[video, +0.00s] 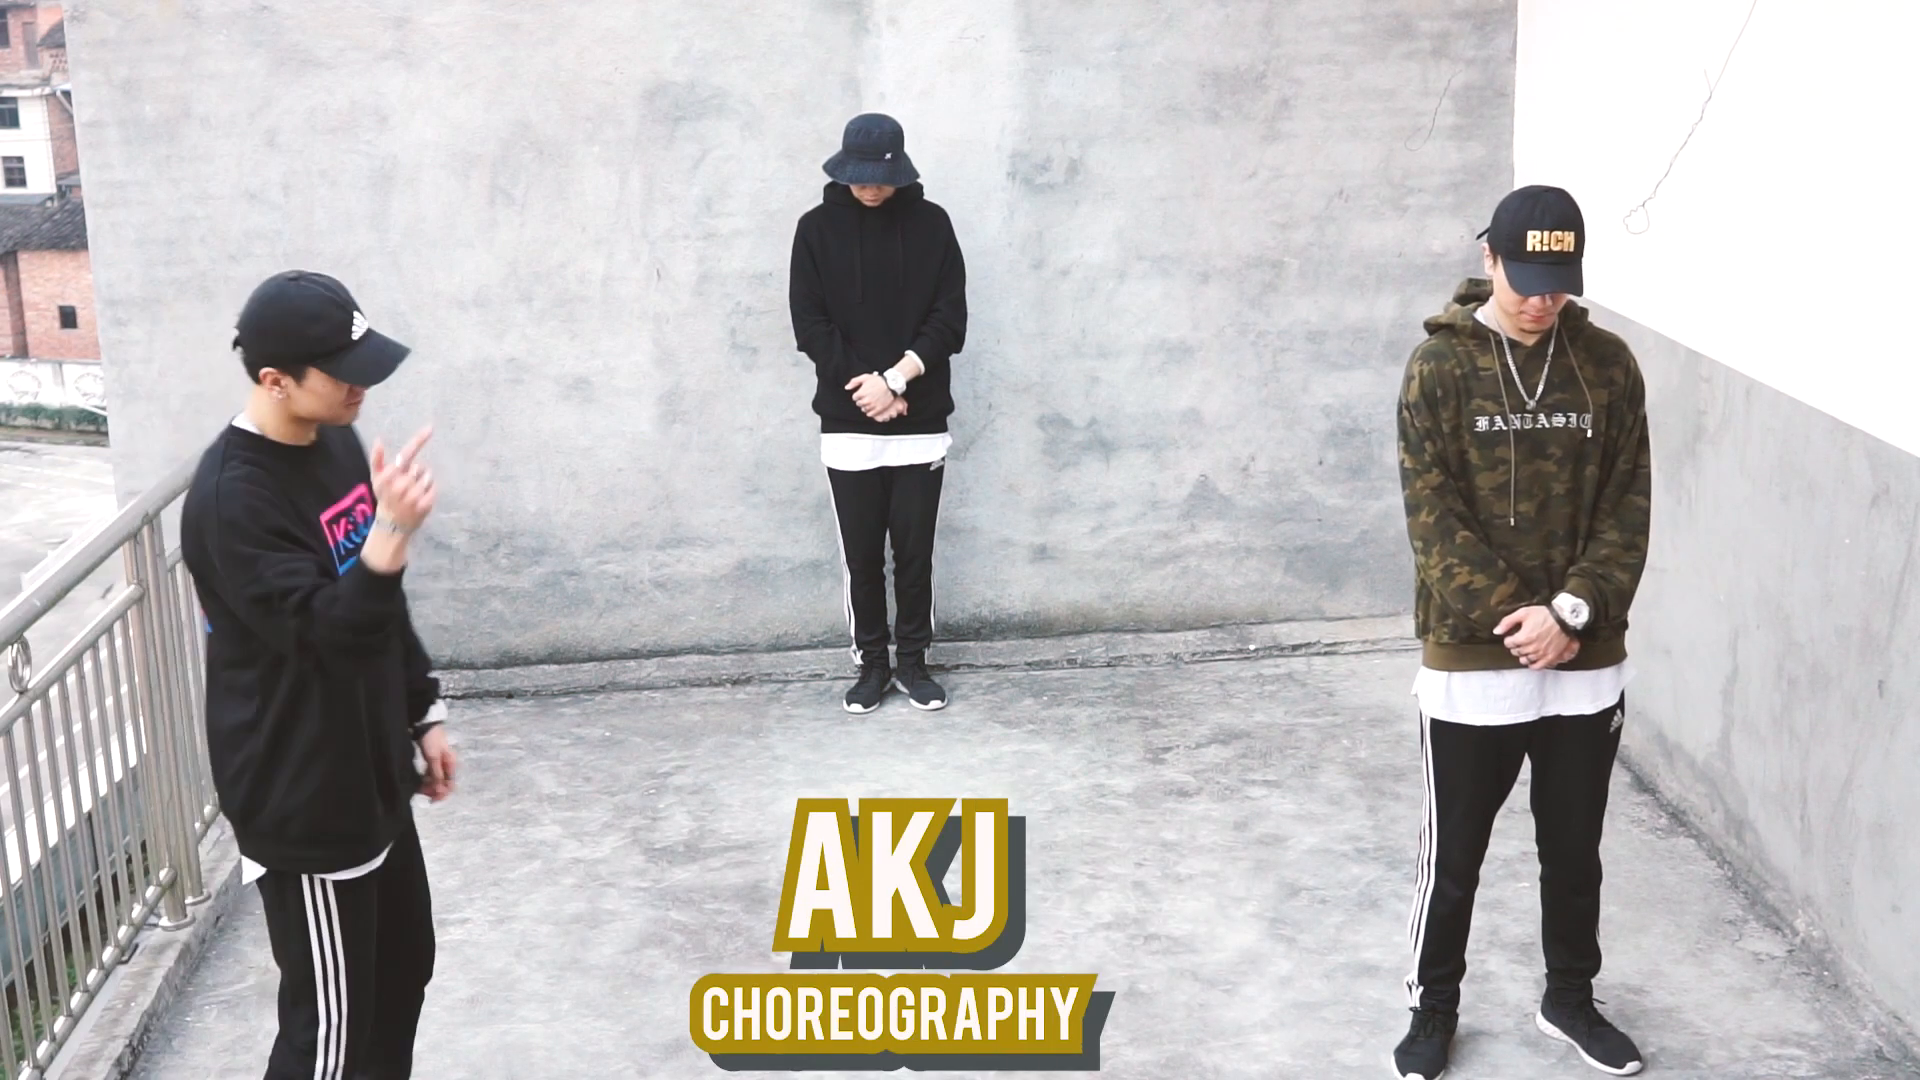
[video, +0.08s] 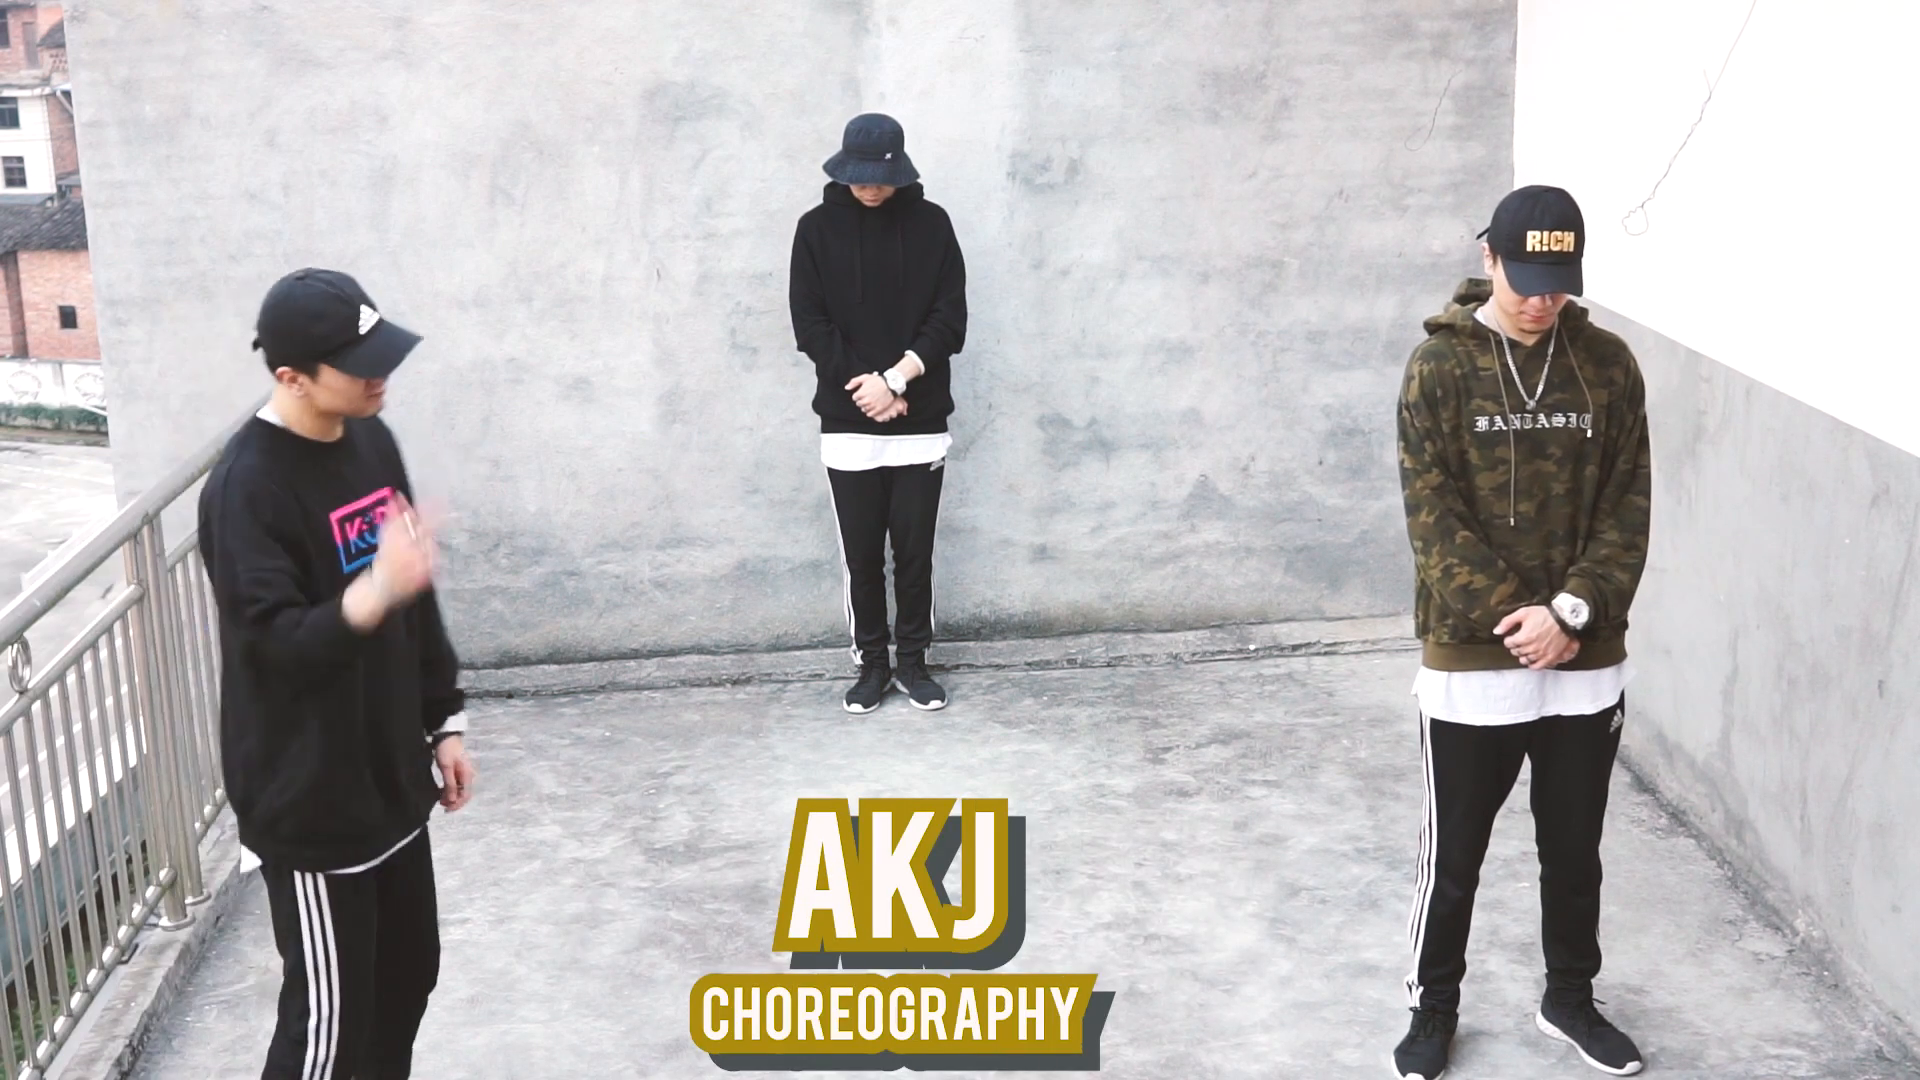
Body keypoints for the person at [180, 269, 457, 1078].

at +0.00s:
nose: (361, 388)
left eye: (360, 370)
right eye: (343, 375)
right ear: (275, 379)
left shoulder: (335, 443)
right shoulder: (230, 499)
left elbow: (381, 602)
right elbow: (320, 630)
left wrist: (424, 712)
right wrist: (388, 536)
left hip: (373, 770)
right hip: (303, 796)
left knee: (403, 970)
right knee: (336, 1024)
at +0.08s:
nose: (382, 379)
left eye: (381, 361)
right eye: (362, 367)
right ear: (294, 376)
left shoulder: (371, 440)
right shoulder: (245, 484)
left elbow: (411, 588)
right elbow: (276, 645)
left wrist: (444, 725)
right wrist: (375, 591)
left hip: (391, 771)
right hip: (308, 793)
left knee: (408, 976)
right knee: (329, 1016)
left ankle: (376, 1077)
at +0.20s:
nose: (404, 356)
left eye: (404, 338)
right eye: (382, 346)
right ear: (315, 355)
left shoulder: (417, 434)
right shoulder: (259, 462)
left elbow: (454, 580)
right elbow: (228, 636)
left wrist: (474, 719)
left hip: (409, 765)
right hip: (306, 785)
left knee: (420, 963)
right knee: (316, 1007)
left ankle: (384, 1074)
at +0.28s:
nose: (402, 364)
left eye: (409, 344)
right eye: (379, 350)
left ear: (421, 337)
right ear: (319, 349)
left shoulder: (440, 441)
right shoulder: (268, 459)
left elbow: (480, 588)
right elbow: (243, 627)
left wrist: (497, 725)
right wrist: (252, 790)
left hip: (415, 773)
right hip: (304, 789)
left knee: (423, 970)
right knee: (306, 1010)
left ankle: (385, 1078)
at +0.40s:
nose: (383, 376)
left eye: (397, 357)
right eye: (362, 361)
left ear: (416, 346)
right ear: (322, 349)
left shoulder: (454, 445)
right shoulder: (263, 457)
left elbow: (501, 591)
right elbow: (216, 605)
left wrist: (529, 729)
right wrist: (212, 745)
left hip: (415, 762)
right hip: (295, 769)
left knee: (425, 963)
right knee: (299, 988)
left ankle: (386, 1075)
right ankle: (290, 1079)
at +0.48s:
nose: (361, 375)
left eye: (379, 356)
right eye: (342, 358)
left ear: (407, 343)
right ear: (314, 348)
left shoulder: (454, 446)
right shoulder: (252, 452)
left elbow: (508, 588)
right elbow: (192, 591)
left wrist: (542, 725)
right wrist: (205, 717)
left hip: (416, 763)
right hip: (289, 766)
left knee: (424, 967)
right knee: (288, 988)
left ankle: (388, 1075)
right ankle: (279, 1076)